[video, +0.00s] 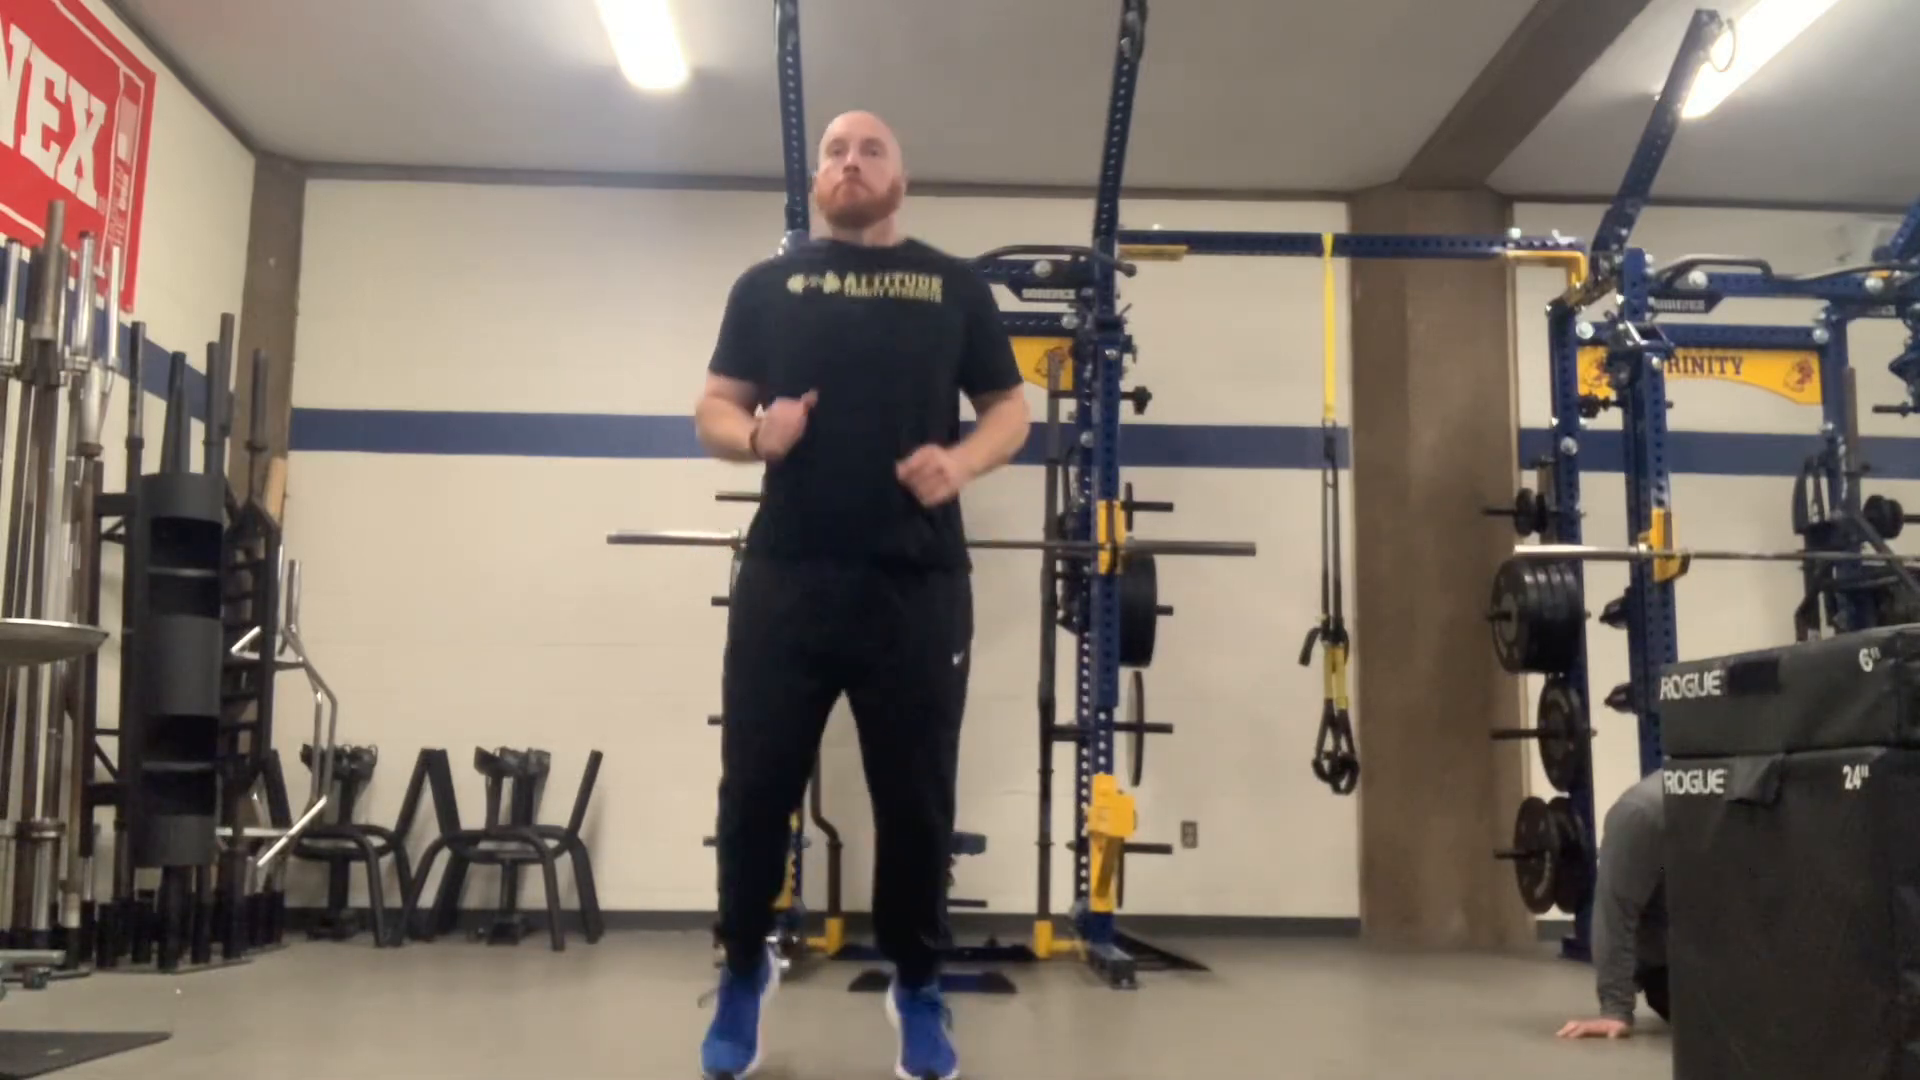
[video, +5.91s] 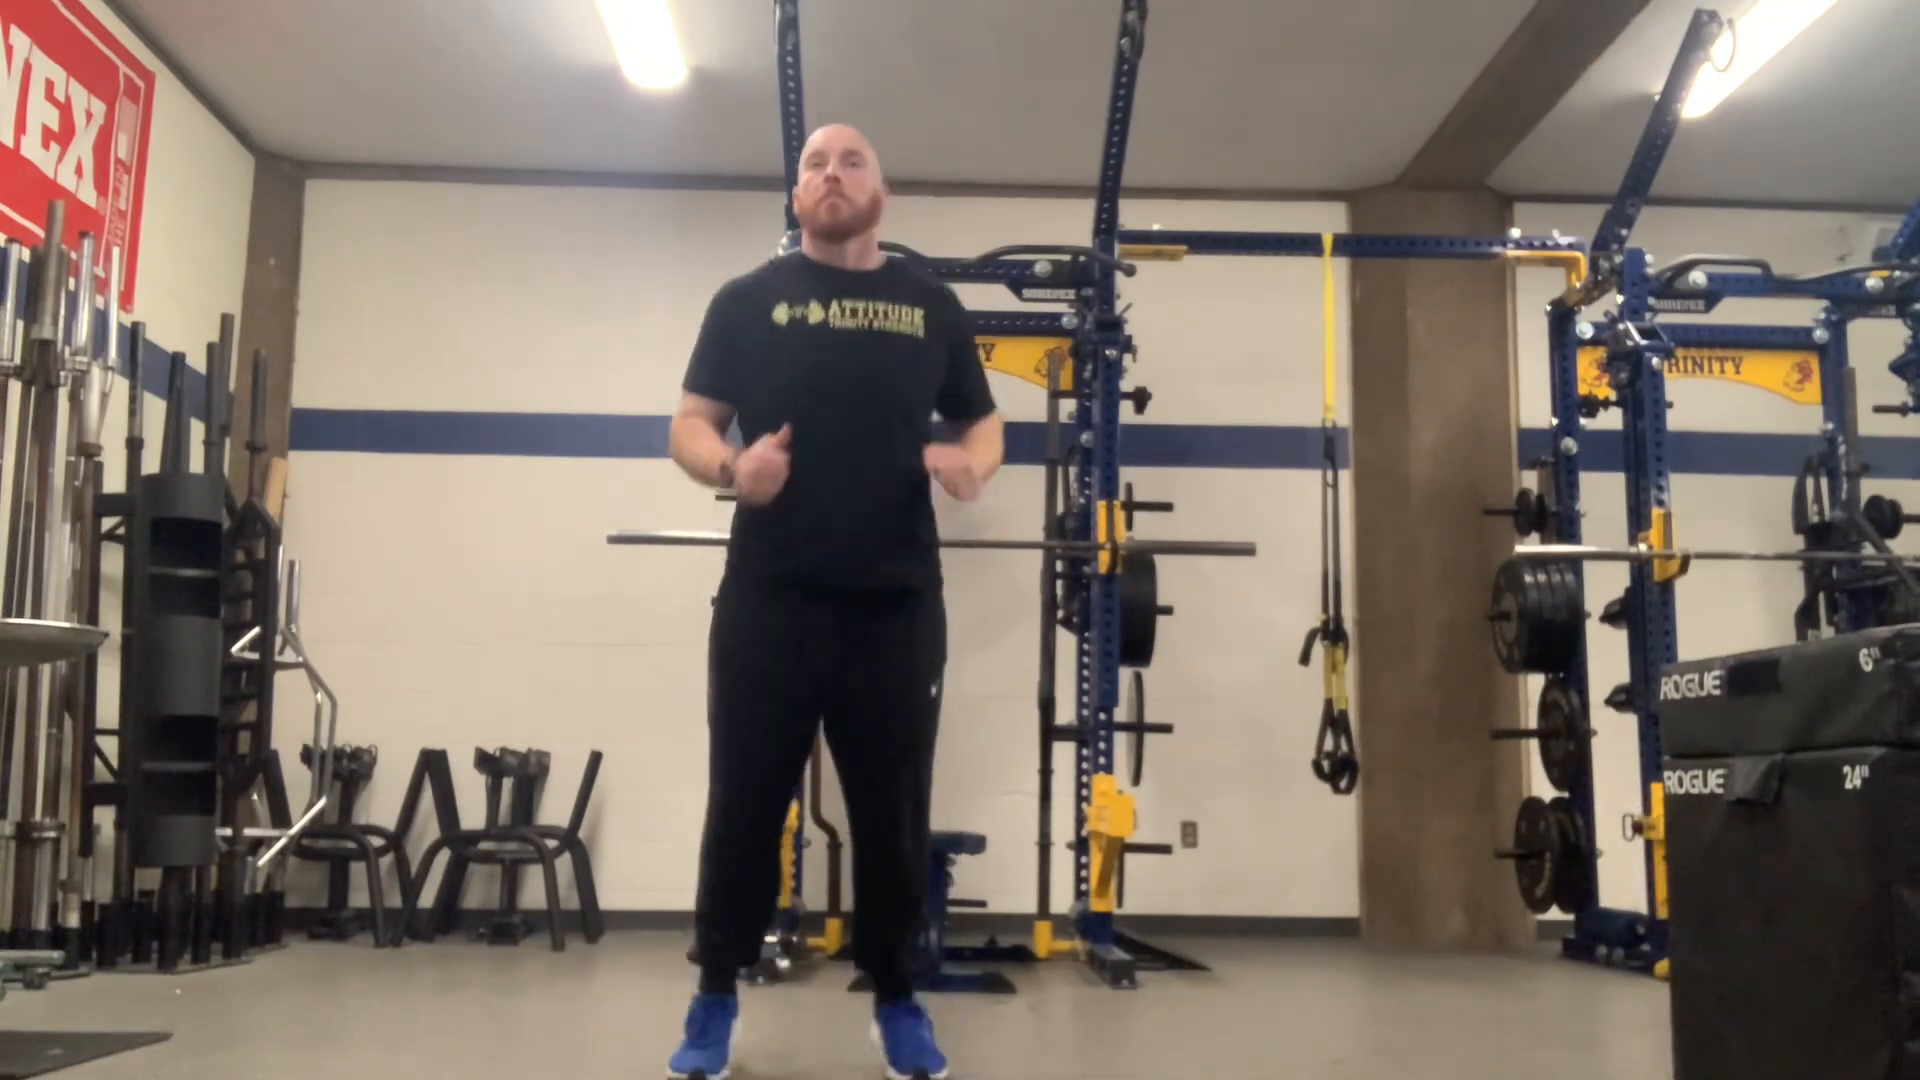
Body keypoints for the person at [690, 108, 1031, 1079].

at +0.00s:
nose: (851, 162)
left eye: (871, 151)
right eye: (837, 151)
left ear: (904, 181)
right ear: (813, 181)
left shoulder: (955, 287)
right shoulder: (765, 287)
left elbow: (1013, 409)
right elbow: (716, 412)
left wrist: (960, 461)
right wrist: (754, 433)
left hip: (916, 583)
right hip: (787, 579)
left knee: (917, 801)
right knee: (755, 789)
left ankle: (918, 992)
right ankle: (742, 974)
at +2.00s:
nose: (838, 196)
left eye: (858, 183)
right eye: (823, 184)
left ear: (892, 212)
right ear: (801, 213)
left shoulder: (945, 324)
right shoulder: (753, 323)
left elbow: (1006, 447)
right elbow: (686, 445)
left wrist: (990, 508)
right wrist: (716, 483)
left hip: (904, 614)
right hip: (773, 607)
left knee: (901, 829)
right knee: (752, 817)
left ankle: (902, 1032)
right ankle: (723, 1023)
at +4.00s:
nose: (832, 176)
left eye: (850, 164)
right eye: (816, 168)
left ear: (885, 194)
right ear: (796, 201)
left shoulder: (938, 297)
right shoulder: (749, 306)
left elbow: (1000, 420)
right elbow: (703, 424)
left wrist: (970, 488)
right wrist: (713, 479)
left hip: (902, 580)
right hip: (777, 577)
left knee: (916, 797)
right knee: (744, 786)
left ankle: (906, 995)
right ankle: (725, 980)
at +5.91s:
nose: (833, 171)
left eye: (852, 161)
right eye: (817, 162)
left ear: (885, 195)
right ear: (793, 196)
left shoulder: (929, 302)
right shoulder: (745, 301)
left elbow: (982, 429)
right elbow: (691, 430)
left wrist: (969, 463)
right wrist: (730, 467)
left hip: (892, 595)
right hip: (769, 592)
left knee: (894, 812)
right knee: (744, 803)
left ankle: (898, 1005)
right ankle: (714, 999)